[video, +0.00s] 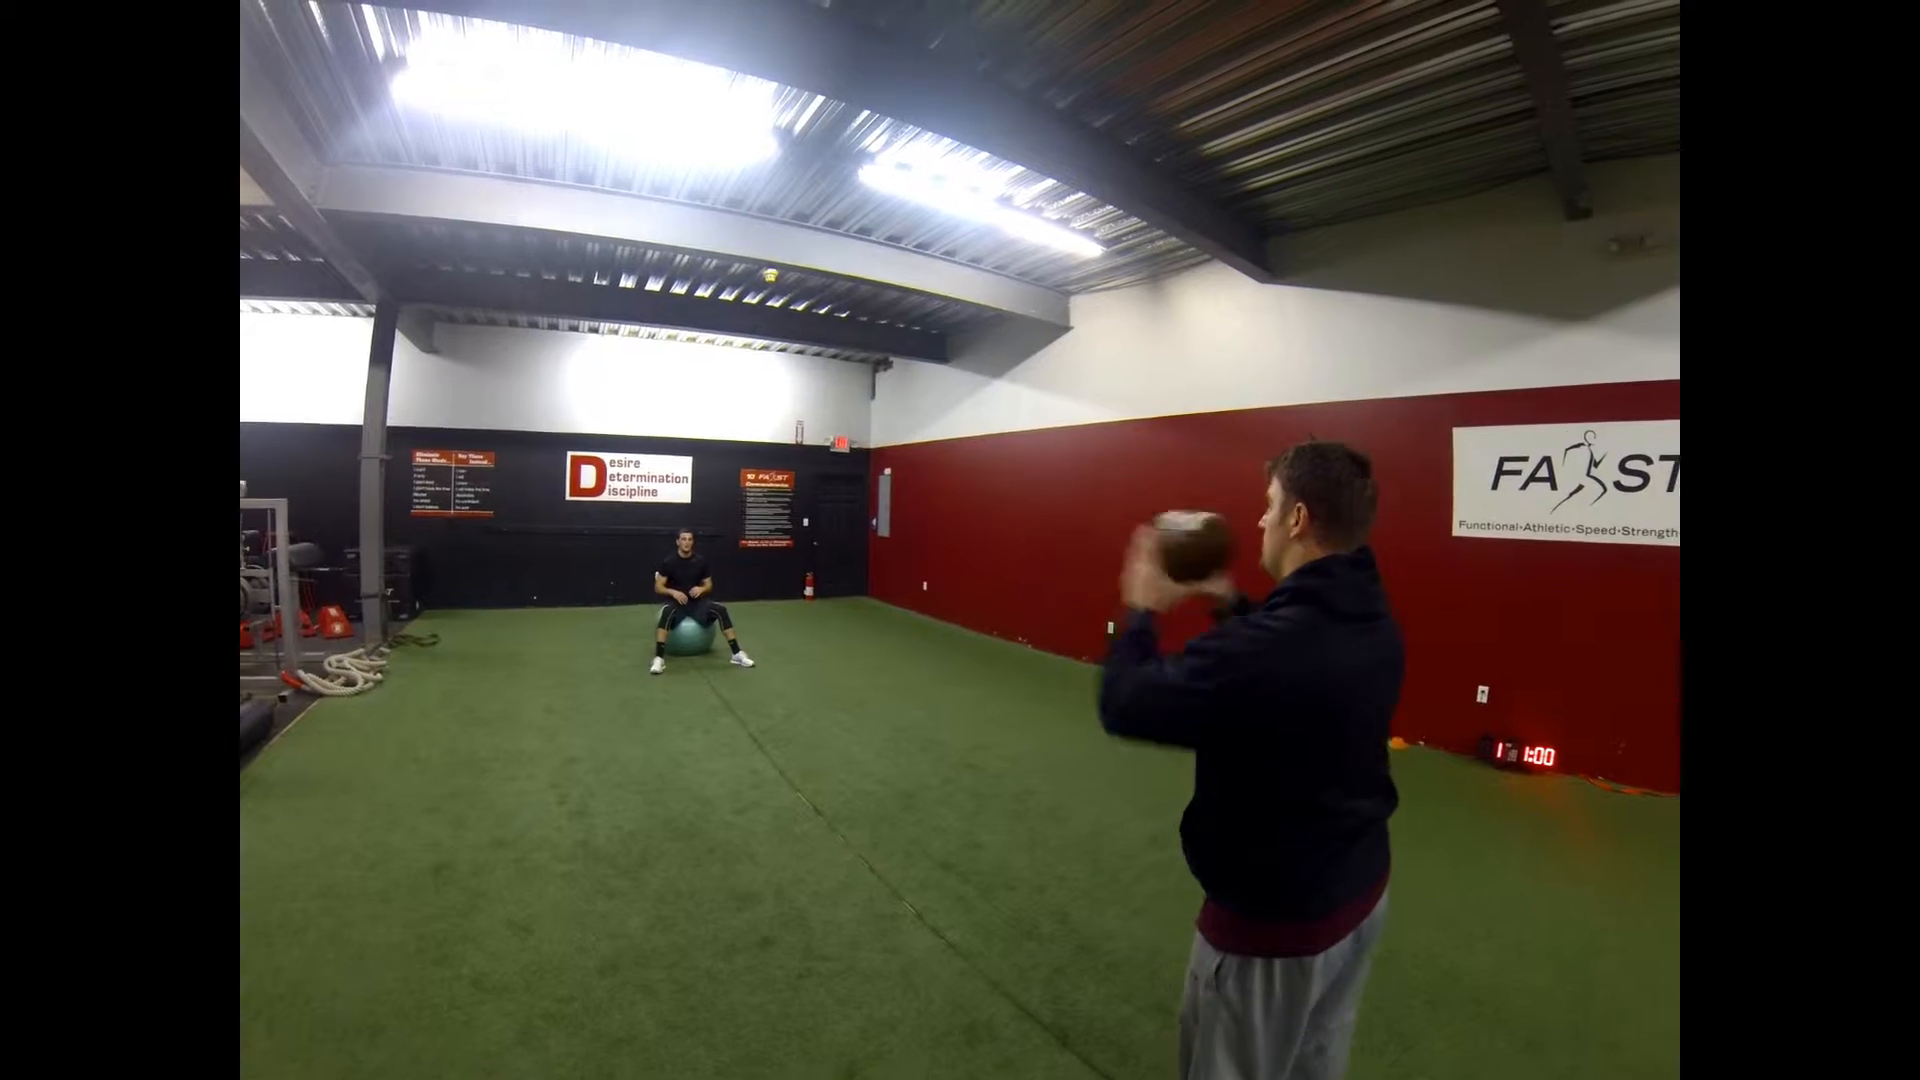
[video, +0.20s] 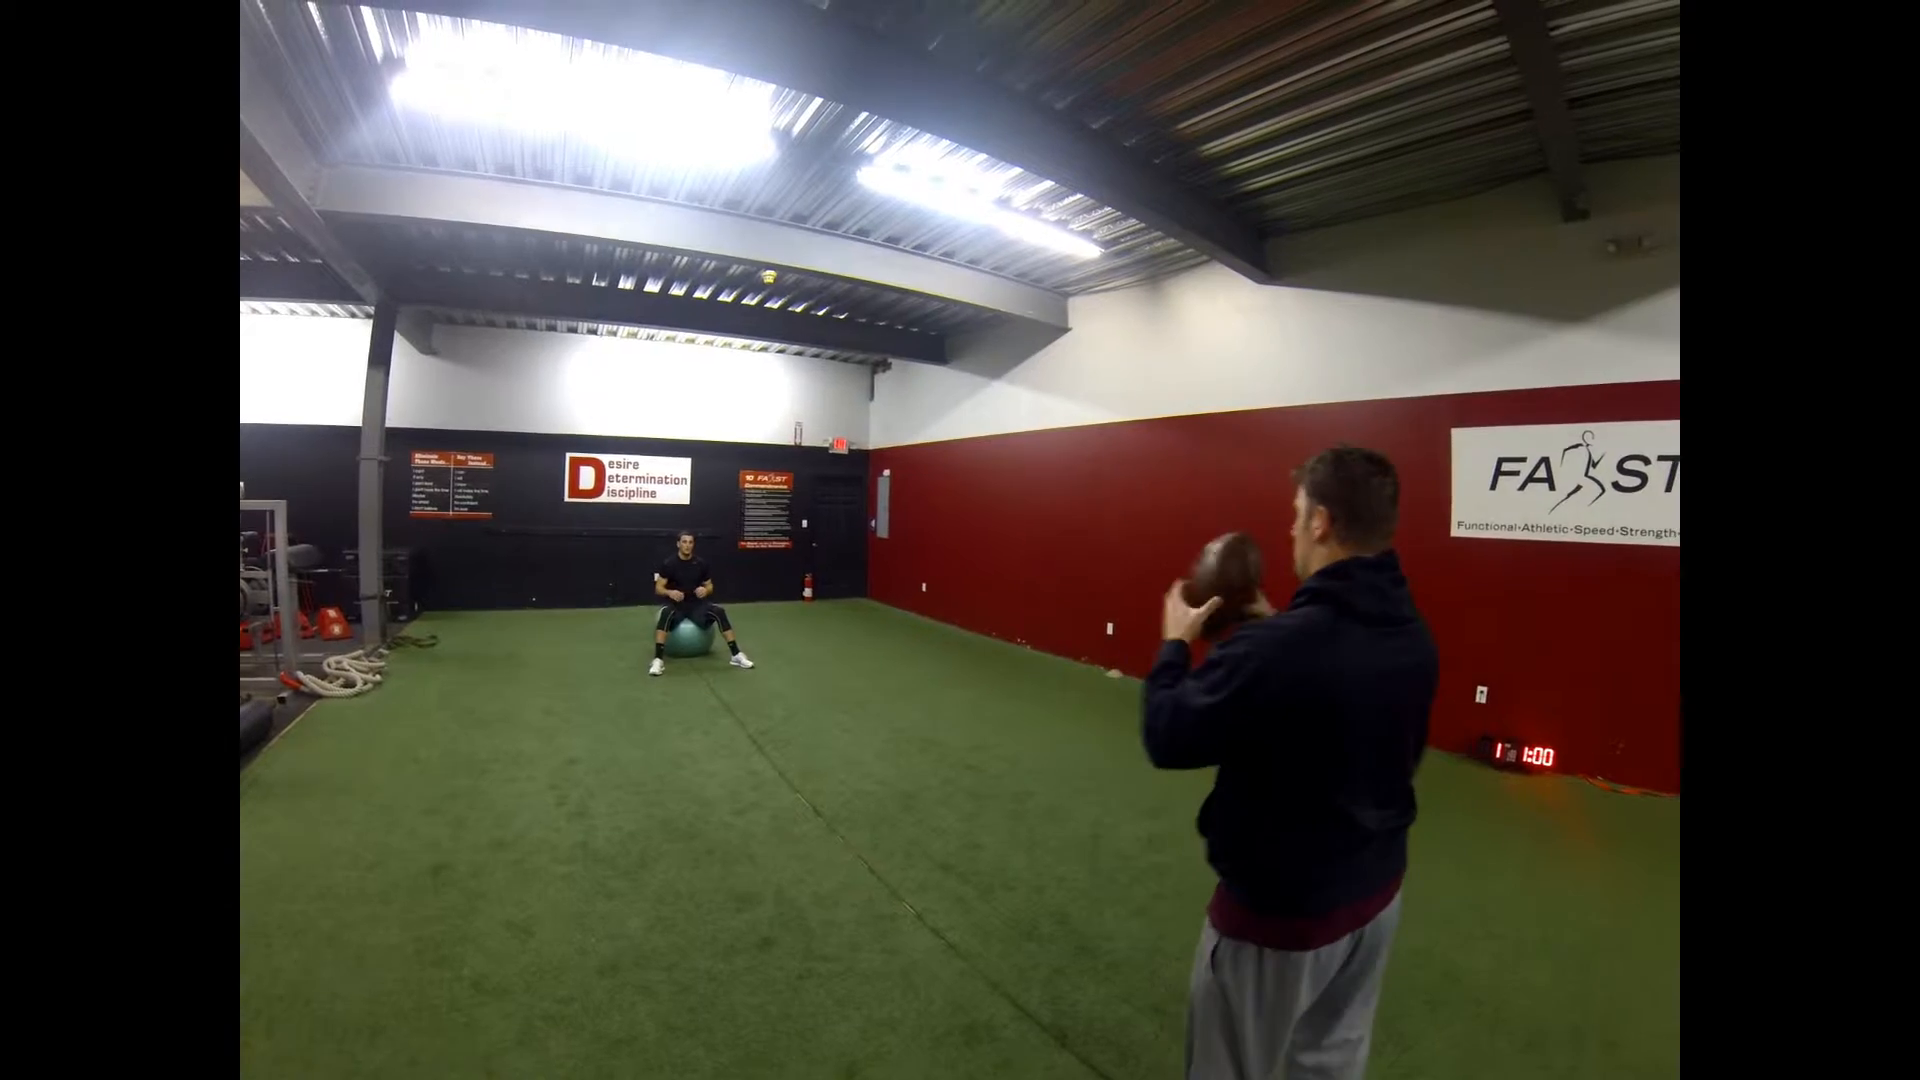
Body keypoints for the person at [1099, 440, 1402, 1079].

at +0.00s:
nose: (1260, 523)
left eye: (1268, 506)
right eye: (1264, 506)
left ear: (1300, 517)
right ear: (1357, 525)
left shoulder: (1265, 644)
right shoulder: (1374, 621)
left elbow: (1126, 706)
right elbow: (1294, 664)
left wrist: (1140, 608)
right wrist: (1227, 600)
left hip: (1266, 923)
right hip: (1357, 896)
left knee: (1227, 1067)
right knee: (1316, 1066)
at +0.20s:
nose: (1292, 528)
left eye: (1297, 513)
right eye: (1294, 514)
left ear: (1319, 522)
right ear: (1385, 525)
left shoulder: (1275, 648)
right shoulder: (1411, 635)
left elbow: (1169, 738)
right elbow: (1339, 706)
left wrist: (1174, 646)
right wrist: (1271, 626)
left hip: (1276, 915)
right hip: (1374, 896)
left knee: (1231, 1066)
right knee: (1333, 1063)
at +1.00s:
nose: (1399, 553)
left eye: (1406, 538)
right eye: (1404, 537)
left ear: (1430, 544)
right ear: (1489, 555)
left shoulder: (1346, 626)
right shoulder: (1512, 684)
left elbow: (1286, 705)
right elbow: (1493, 788)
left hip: (1283, 882)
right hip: (1393, 902)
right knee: (1357, 1064)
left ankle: (1154, 1067)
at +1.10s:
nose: (1392, 553)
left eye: (1398, 539)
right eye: (1396, 539)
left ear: (1419, 544)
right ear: (1479, 555)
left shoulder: (1334, 627)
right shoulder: (1497, 680)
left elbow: (1286, 709)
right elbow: (1494, 789)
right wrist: (1428, 727)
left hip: (1274, 876)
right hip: (1383, 900)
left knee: (1199, 988)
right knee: (1355, 1060)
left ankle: (1141, 1060)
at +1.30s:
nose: (1331, 550)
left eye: (1340, 538)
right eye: (1334, 537)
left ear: (1362, 545)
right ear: (1427, 561)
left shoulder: (1299, 625)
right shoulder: (1448, 658)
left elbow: (1236, 648)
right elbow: (1540, 697)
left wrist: (1300, 595)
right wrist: (1492, 622)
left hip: (1245, 868)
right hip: (1349, 882)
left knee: (1180, 959)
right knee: (1337, 1044)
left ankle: (1138, 1053)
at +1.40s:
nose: (1281, 552)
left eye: (1287, 541)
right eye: (1283, 541)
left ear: (1310, 546)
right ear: (1365, 553)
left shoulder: (1249, 636)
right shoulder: (1389, 644)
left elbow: (1167, 675)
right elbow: (1470, 638)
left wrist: (1209, 606)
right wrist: (1462, 557)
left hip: (1227, 871)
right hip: (1322, 870)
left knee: (1165, 963)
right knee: (1313, 1025)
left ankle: (1136, 1056)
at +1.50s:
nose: (1248, 556)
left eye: (1253, 543)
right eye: (1250, 543)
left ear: (1276, 546)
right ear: (1328, 549)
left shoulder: (1238, 645)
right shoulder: (1344, 623)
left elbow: (1141, 704)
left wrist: (1174, 628)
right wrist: (1402, 550)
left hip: (1221, 871)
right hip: (1307, 859)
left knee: (1155, 957)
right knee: (1299, 1006)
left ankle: (1136, 1056)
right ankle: (1314, 1073)